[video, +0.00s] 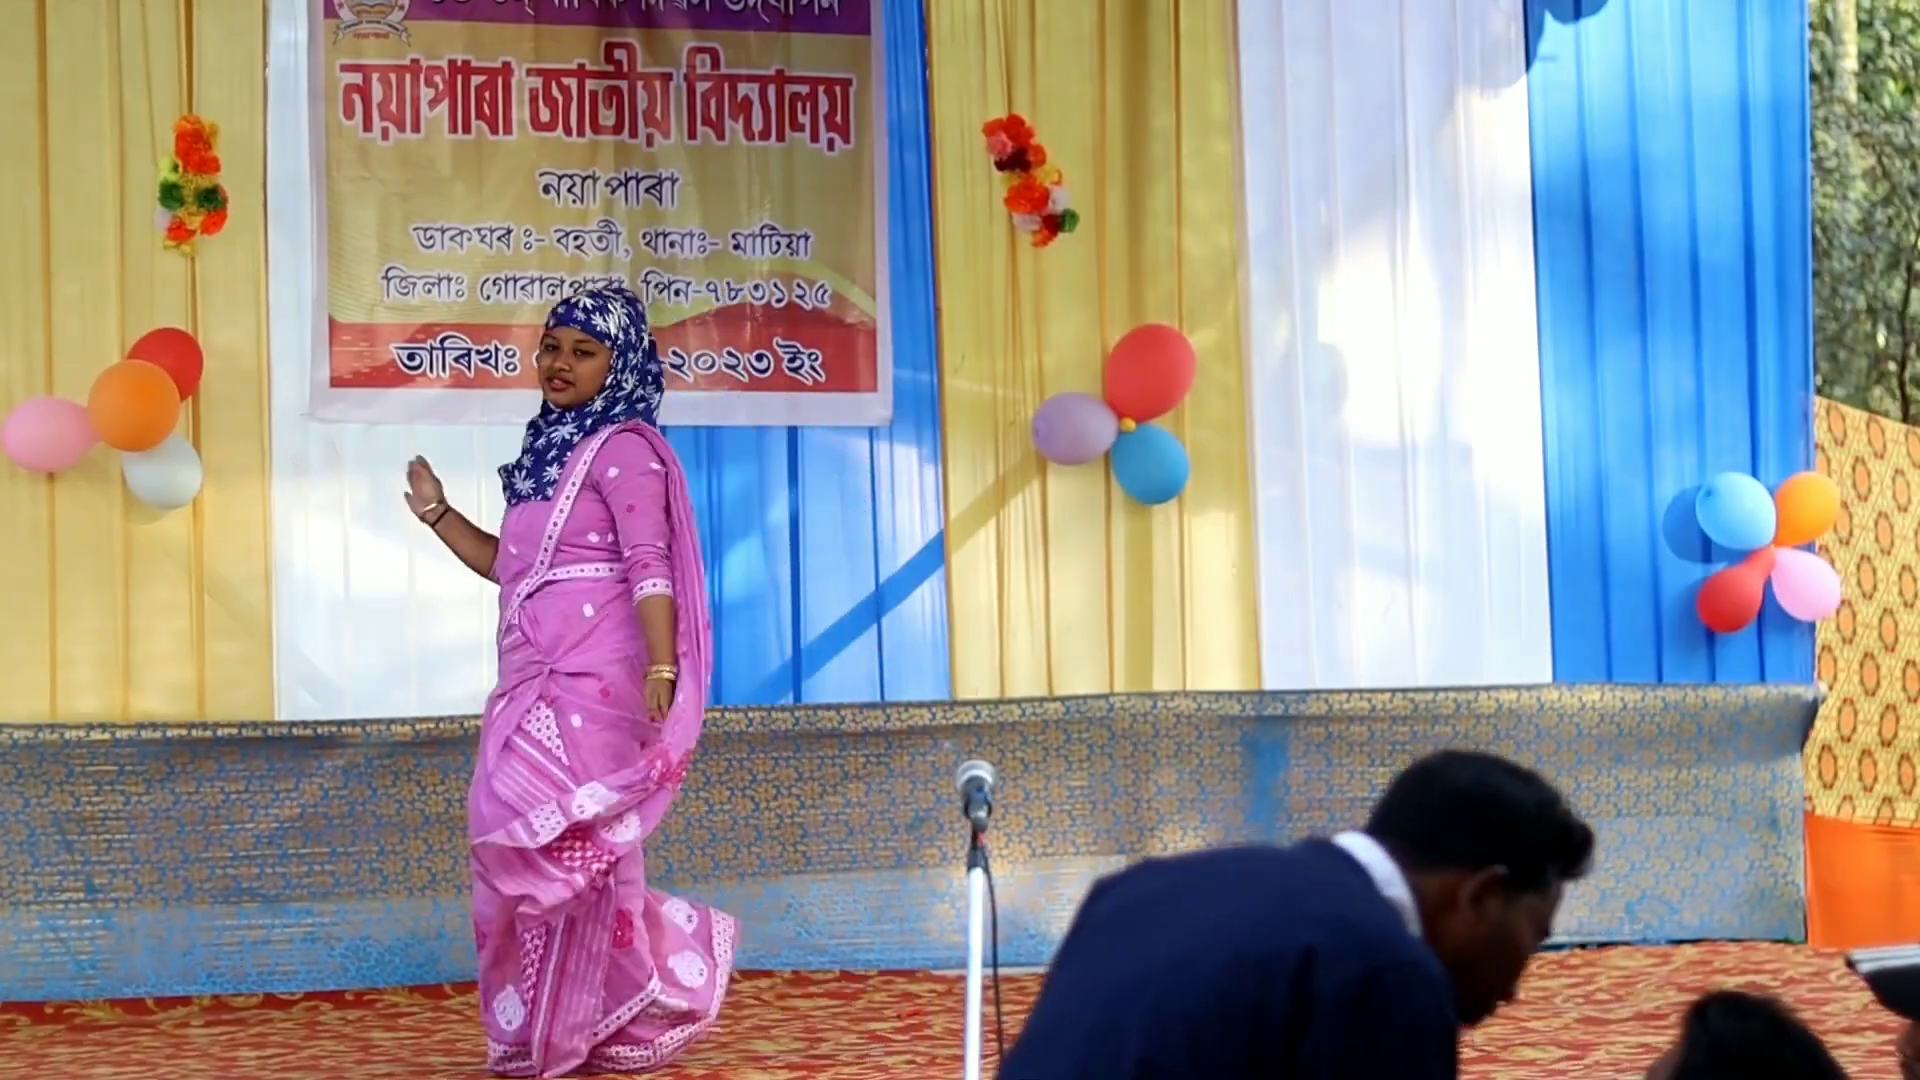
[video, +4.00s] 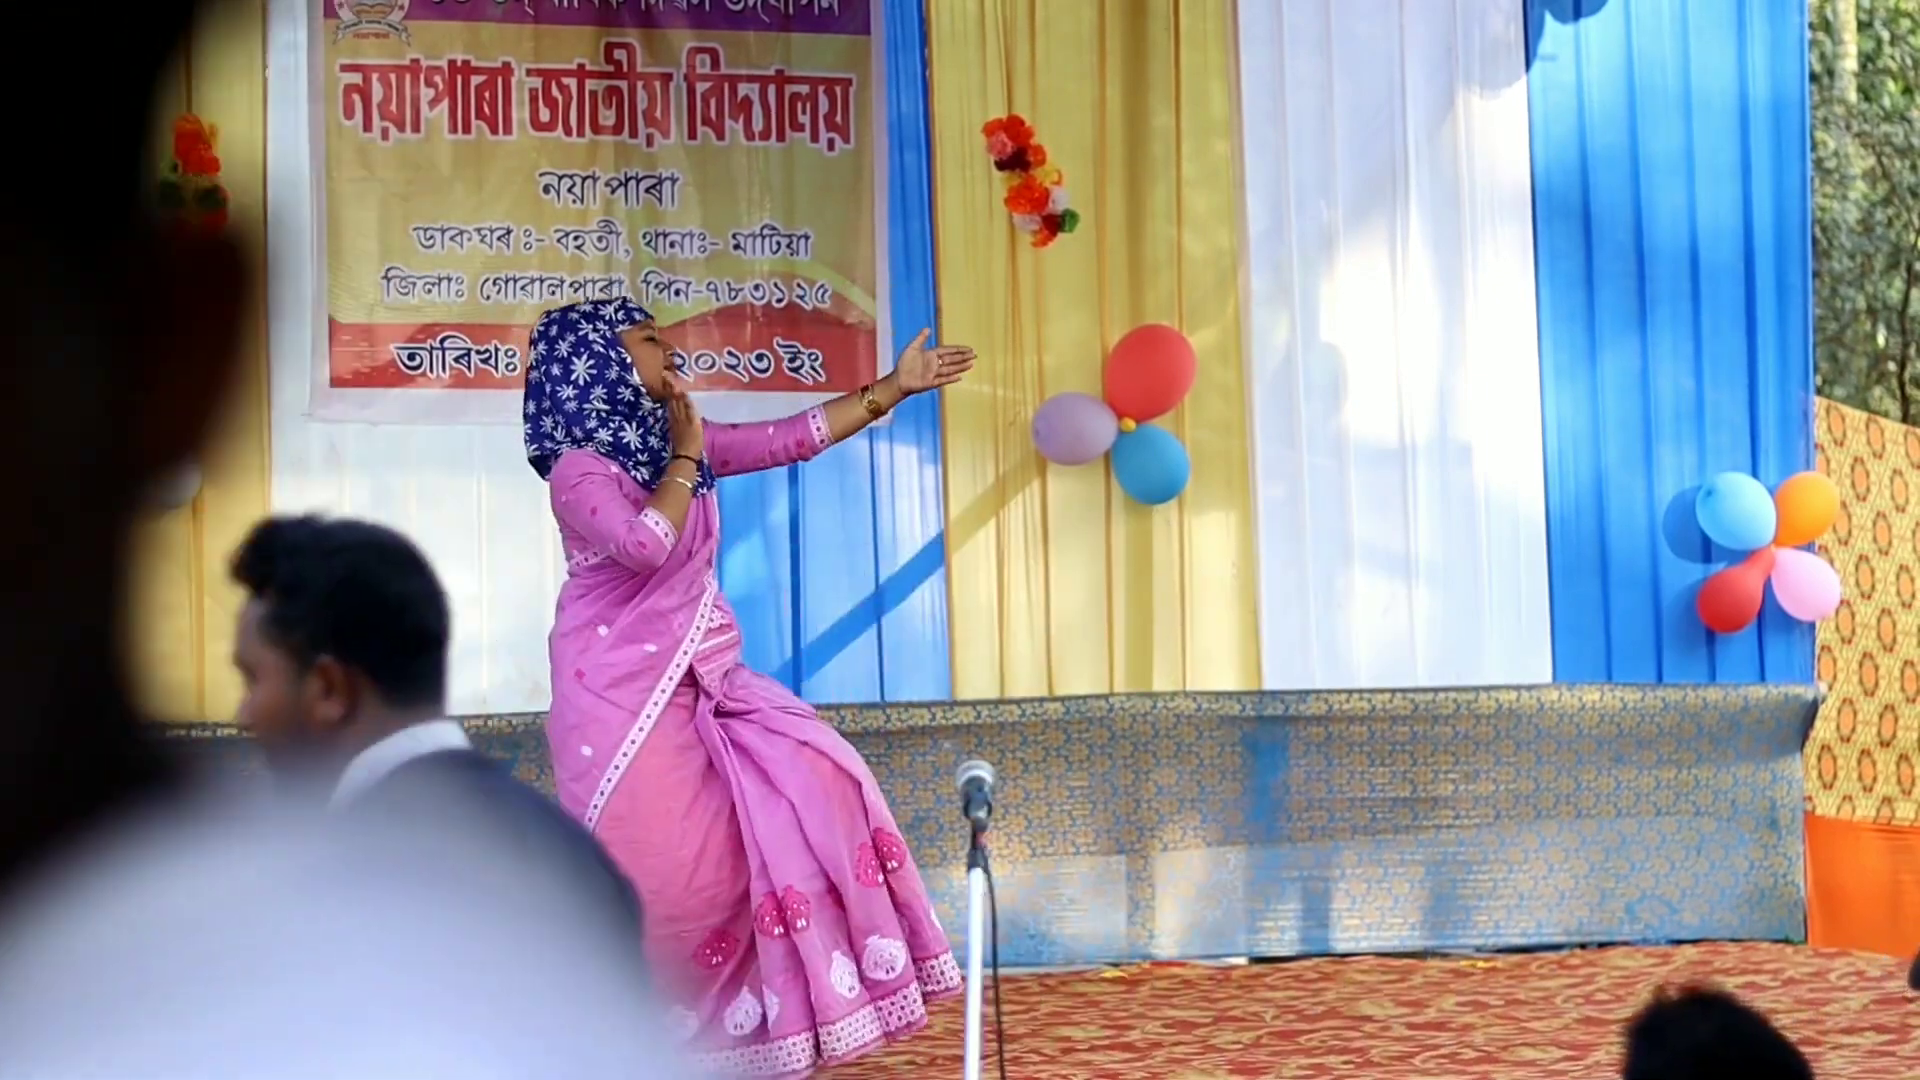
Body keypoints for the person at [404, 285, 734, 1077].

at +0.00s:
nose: (559, 365)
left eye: (581, 353)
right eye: (551, 350)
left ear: (621, 367)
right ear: (540, 356)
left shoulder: (626, 450)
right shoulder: (544, 453)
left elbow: (650, 569)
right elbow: (508, 565)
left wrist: (662, 669)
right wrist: (442, 515)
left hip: (595, 669)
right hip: (530, 670)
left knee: (566, 836)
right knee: (519, 835)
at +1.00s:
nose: (608, 324)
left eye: (616, 310)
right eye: (587, 309)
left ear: (626, 323)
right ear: (540, 321)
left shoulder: (646, 403)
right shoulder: (501, 414)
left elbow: (721, 441)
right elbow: (506, 462)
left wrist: (801, 453)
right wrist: (588, 407)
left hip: (656, 647)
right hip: (549, 657)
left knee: (706, 822)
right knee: (562, 848)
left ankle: (763, 1027)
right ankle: (588, 1049)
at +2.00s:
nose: (668, 352)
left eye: (659, 344)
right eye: (645, 349)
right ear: (605, 385)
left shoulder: (719, 447)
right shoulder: (585, 482)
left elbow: (837, 443)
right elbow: (565, 556)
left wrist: (917, 381)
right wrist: (626, 464)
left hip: (732, 685)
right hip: (625, 695)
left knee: (809, 817)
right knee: (624, 862)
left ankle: (808, 1032)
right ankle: (632, 1041)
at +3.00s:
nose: (656, 336)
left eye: (644, 325)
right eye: (633, 329)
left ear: (609, 365)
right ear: (592, 365)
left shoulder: (681, 434)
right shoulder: (595, 465)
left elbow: (783, 404)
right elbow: (708, 452)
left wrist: (847, 334)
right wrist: (778, 354)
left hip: (782, 655)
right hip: (698, 679)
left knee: (849, 840)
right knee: (709, 864)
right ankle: (683, 1032)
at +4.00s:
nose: (669, 351)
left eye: (662, 338)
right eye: (650, 340)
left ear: (628, 370)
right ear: (602, 368)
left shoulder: (681, 443)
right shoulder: (580, 470)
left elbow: (792, 438)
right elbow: (643, 543)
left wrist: (896, 385)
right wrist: (685, 446)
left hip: (709, 684)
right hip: (621, 703)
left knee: (825, 782)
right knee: (681, 877)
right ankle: (654, 1048)